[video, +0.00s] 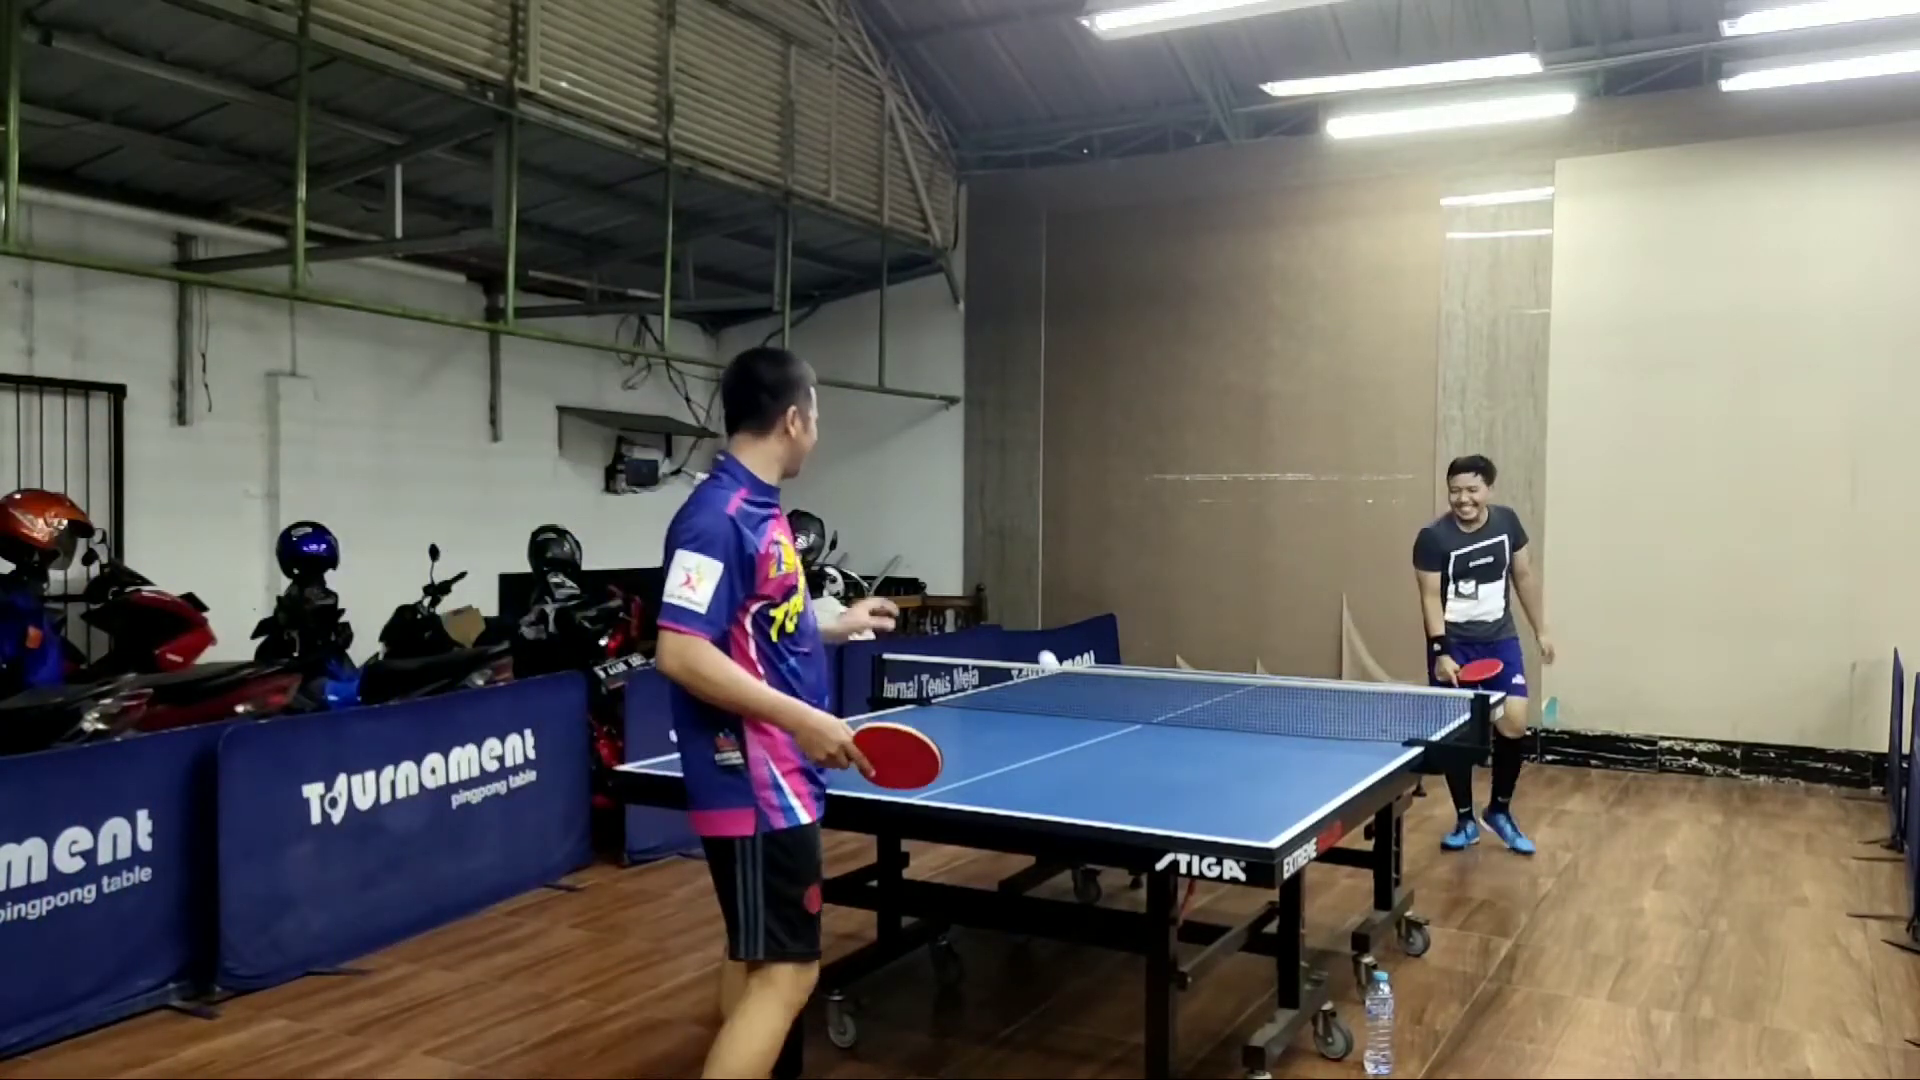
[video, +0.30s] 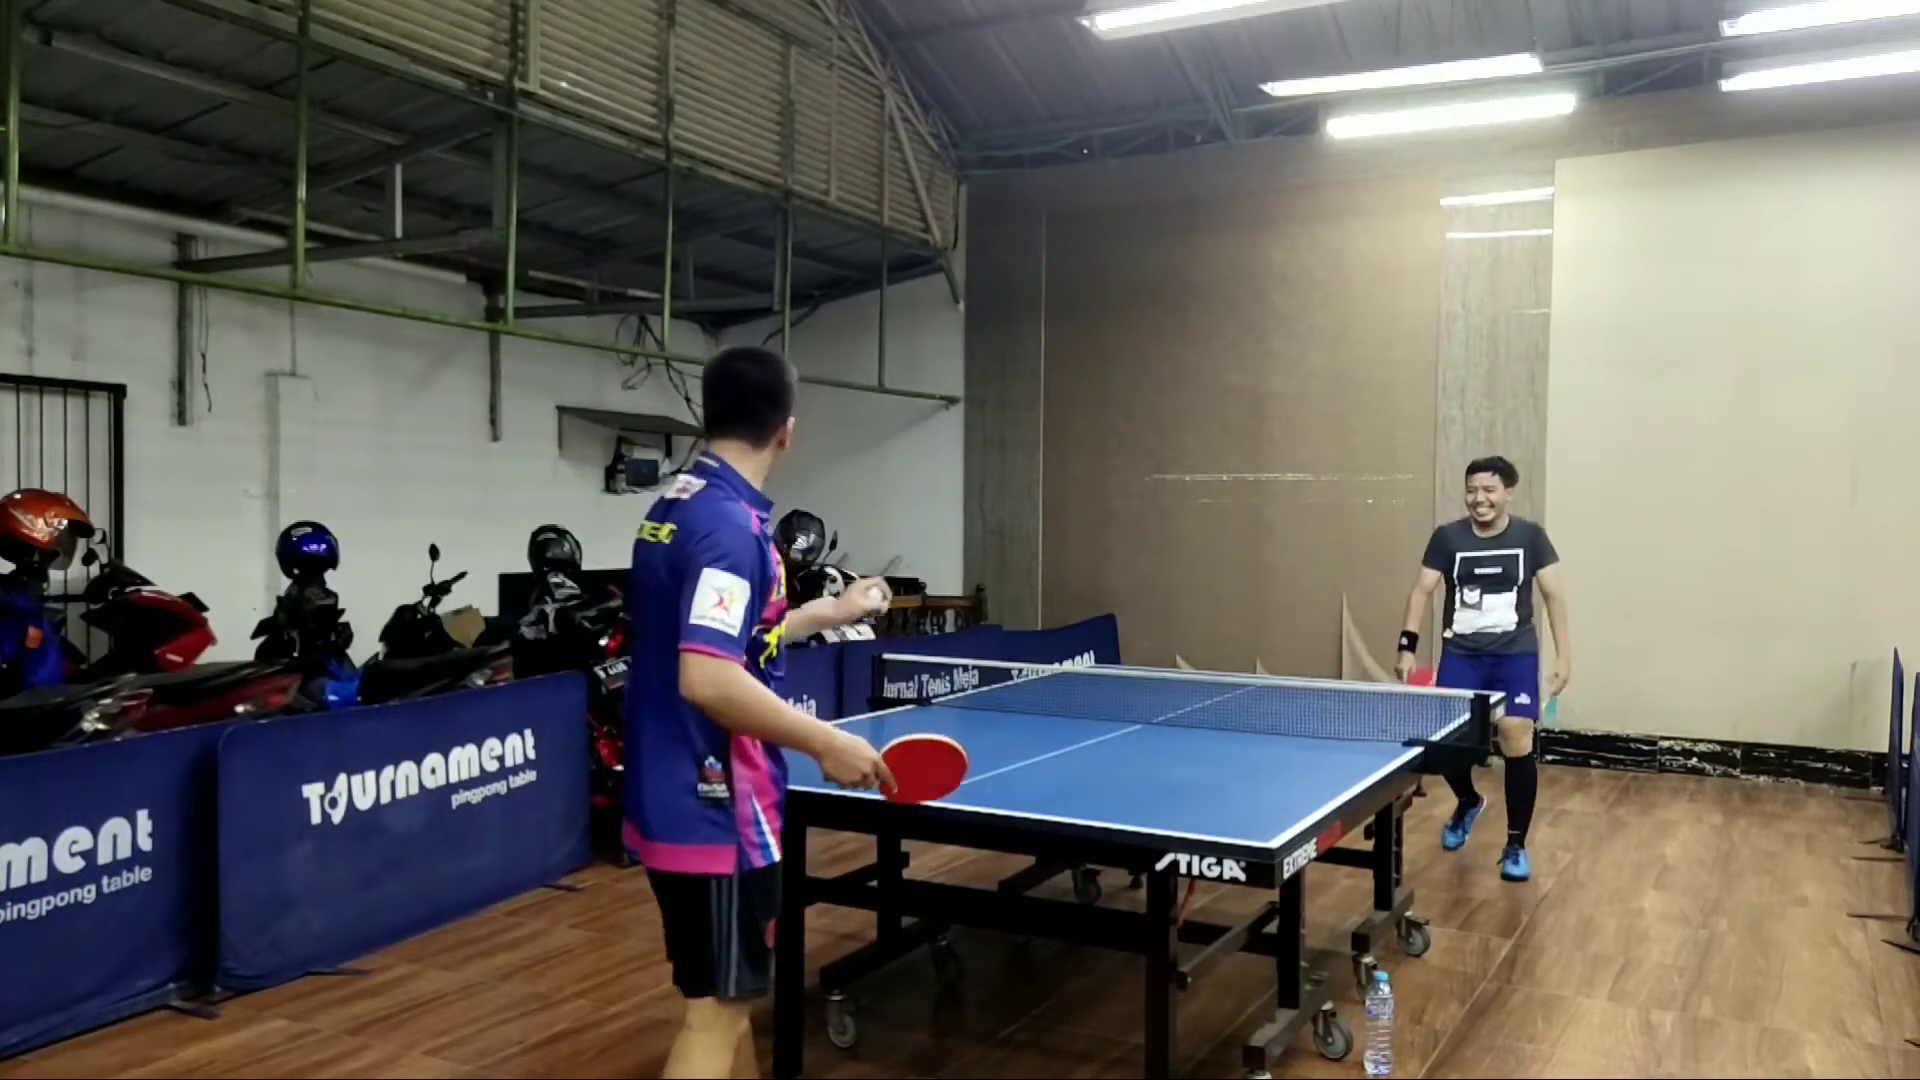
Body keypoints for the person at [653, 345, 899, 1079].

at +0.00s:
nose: (814, 431)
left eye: (812, 415)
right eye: (813, 415)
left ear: (743, 415)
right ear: (794, 419)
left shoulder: (758, 507)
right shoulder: (716, 516)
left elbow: (754, 618)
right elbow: (680, 650)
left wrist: (837, 621)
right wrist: (800, 719)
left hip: (767, 775)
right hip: (749, 786)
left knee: (753, 959)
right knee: (787, 973)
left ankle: (746, 1060)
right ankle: (732, 1072)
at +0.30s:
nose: (793, 431)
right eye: (794, 419)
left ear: (709, 416)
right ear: (785, 428)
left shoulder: (680, 504)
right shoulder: (730, 522)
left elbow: (729, 636)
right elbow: (707, 676)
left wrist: (827, 613)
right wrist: (827, 742)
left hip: (679, 798)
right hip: (713, 811)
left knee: (726, 997)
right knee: (717, 1010)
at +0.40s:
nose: (790, 431)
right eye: (791, 419)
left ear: (701, 413)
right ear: (783, 429)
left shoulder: (646, 506)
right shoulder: (737, 524)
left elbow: (671, 649)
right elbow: (716, 678)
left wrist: (790, 664)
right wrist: (825, 763)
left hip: (639, 806)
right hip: (702, 819)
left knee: (694, 1003)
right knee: (707, 1019)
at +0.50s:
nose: (769, 422)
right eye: (771, 412)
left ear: (684, 410)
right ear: (766, 424)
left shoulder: (619, 505)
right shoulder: (744, 517)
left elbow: (591, 646)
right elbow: (726, 671)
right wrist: (813, 779)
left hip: (616, 807)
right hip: (694, 822)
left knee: (653, 986)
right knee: (692, 1019)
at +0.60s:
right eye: (749, 416)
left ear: (663, 413)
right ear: (748, 427)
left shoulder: (596, 506)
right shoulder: (741, 523)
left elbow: (552, 645)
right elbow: (729, 671)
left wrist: (628, 692)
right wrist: (798, 789)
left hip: (598, 809)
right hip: (692, 821)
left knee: (611, 987)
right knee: (684, 1021)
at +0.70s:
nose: (632, 410)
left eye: (634, 401)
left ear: (642, 409)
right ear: (726, 424)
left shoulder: (570, 508)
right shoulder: (730, 522)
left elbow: (525, 650)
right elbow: (725, 673)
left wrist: (606, 685)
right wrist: (785, 791)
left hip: (578, 813)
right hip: (679, 825)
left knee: (568, 966)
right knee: (678, 1015)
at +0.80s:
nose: (608, 410)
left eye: (610, 400)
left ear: (619, 407)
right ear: (702, 422)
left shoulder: (545, 509)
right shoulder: (713, 525)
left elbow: (505, 655)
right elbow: (713, 679)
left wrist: (581, 683)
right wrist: (769, 783)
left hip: (552, 816)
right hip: (659, 829)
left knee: (517, 976)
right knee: (671, 1013)